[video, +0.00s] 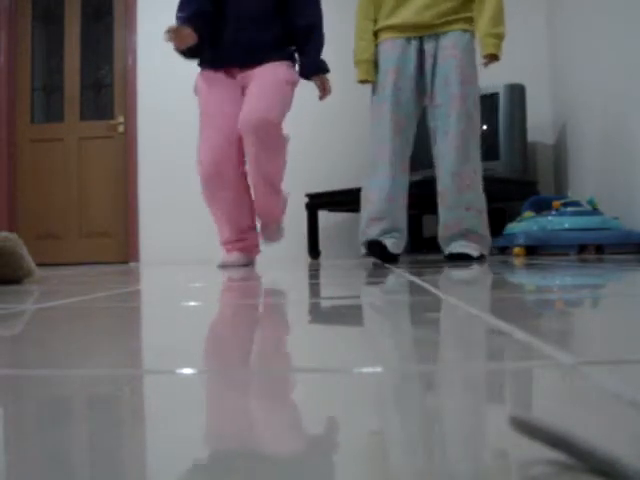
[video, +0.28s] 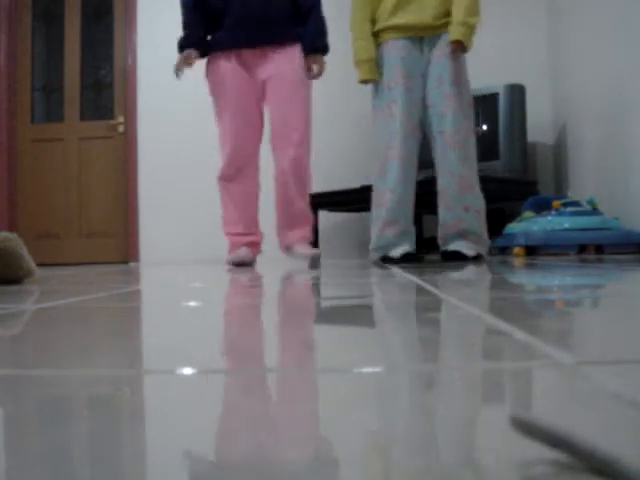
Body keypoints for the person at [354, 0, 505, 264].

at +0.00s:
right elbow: (367, 4)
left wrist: (490, 29)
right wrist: (364, 51)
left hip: (454, 21)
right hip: (394, 25)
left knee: (456, 136)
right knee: (388, 137)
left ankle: (464, 240)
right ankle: (384, 238)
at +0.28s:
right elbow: (361, 4)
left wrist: (463, 21)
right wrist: (364, 51)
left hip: (445, 27)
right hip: (393, 31)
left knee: (453, 138)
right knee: (396, 140)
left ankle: (462, 239)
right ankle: (393, 242)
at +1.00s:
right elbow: (377, 1)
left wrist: (501, 33)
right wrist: (378, 45)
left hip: (463, 25)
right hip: (407, 28)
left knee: (470, 132)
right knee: (411, 137)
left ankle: (477, 235)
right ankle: (414, 241)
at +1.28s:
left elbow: (486, 1)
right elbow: (376, 4)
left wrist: (483, 37)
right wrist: (377, 55)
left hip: (456, 31)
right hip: (402, 32)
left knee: (452, 136)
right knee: (402, 139)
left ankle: (461, 239)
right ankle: (402, 243)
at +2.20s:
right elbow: (376, 5)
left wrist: (485, 26)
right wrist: (378, 55)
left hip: (461, 25)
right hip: (404, 30)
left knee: (468, 132)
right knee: (406, 135)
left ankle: (475, 232)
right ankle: (403, 236)